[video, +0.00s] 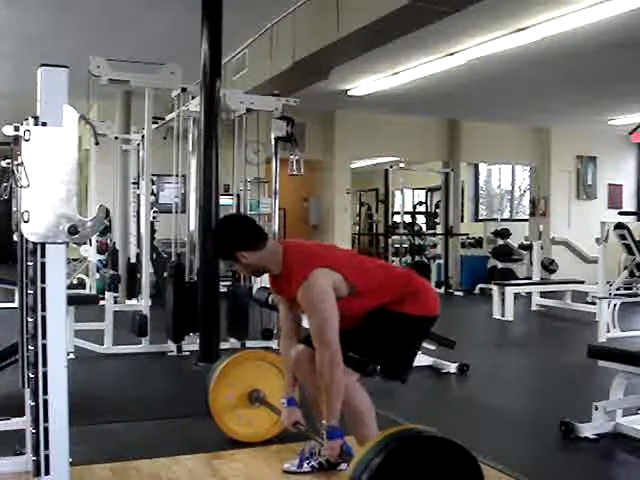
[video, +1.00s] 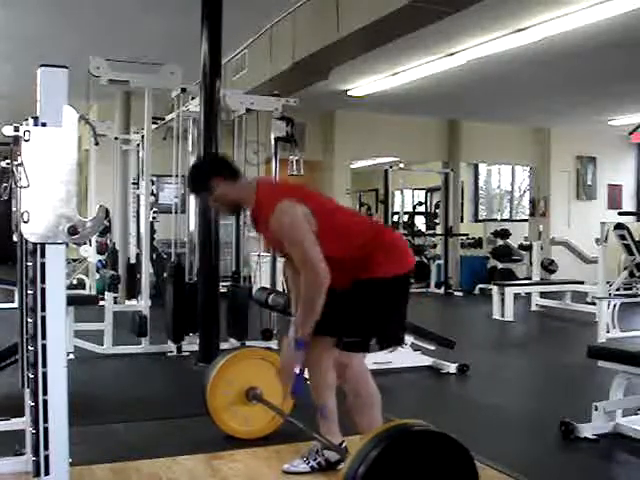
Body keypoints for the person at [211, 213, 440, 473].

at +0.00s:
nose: (237, 272)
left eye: (233, 265)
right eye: (232, 267)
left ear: (242, 257)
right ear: (257, 241)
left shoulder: (311, 276)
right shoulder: (280, 272)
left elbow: (331, 357)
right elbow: (288, 338)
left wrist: (332, 430)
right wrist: (290, 400)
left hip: (410, 305)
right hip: (372, 306)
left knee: (340, 375)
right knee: (304, 360)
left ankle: (376, 461)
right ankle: (330, 448)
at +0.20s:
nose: (234, 263)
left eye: (229, 256)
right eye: (228, 257)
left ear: (240, 248)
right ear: (258, 232)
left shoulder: (309, 273)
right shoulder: (278, 268)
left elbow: (333, 355)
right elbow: (291, 336)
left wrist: (335, 427)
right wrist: (291, 397)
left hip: (405, 302)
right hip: (367, 305)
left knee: (337, 374)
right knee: (302, 361)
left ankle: (374, 460)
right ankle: (331, 448)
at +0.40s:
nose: (220, 284)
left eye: (215, 277)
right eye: (214, 279)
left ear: (223, 264)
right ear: (228, 259)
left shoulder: (299, 281)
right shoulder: (264, 276)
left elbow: (335, 355)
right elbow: (285, 335)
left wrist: (336, 424)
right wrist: (289, 395)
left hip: (395, 291)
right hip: (364, 295)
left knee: (330, 372)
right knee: (297, 354)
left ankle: (375, 456)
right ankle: (330, 447)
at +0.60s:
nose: (216, 291)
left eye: (209, 286)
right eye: (210, 288)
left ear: (215, 275)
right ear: (220, 266)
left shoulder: (285, 284)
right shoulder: (260, 273)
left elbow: (322, 359)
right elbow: (282, 335)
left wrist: (332, 426)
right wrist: (287, 396)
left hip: (389, 287)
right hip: (360, 289)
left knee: (332, 370)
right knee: (293, 358)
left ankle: (372, 456)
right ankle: (327, 448)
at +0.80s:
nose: (208, 268)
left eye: (204, 261)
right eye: (202, 263)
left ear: (212, 250)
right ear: (222, 236)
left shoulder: (279, 264)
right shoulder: (260, 254)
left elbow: (309, 336)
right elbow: (281, 321)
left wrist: (323, 416)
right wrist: (287, 380)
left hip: (387, 278)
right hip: (359, 279)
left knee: (336, 362)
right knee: (313, 357)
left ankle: (372, 453)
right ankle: (330, 446)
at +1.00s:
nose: (213, 206)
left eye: (210, 196)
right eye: (207, 200)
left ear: (221, 183)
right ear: (223, 183)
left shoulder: (280, 207)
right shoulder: (262, 207)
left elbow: (318, 273)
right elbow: (295, 269)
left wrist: (301, 341)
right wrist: (297, 331)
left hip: (383, 265)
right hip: (347, 271)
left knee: (349, 360)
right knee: (317, 350)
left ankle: (375, 451)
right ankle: (331, 444)